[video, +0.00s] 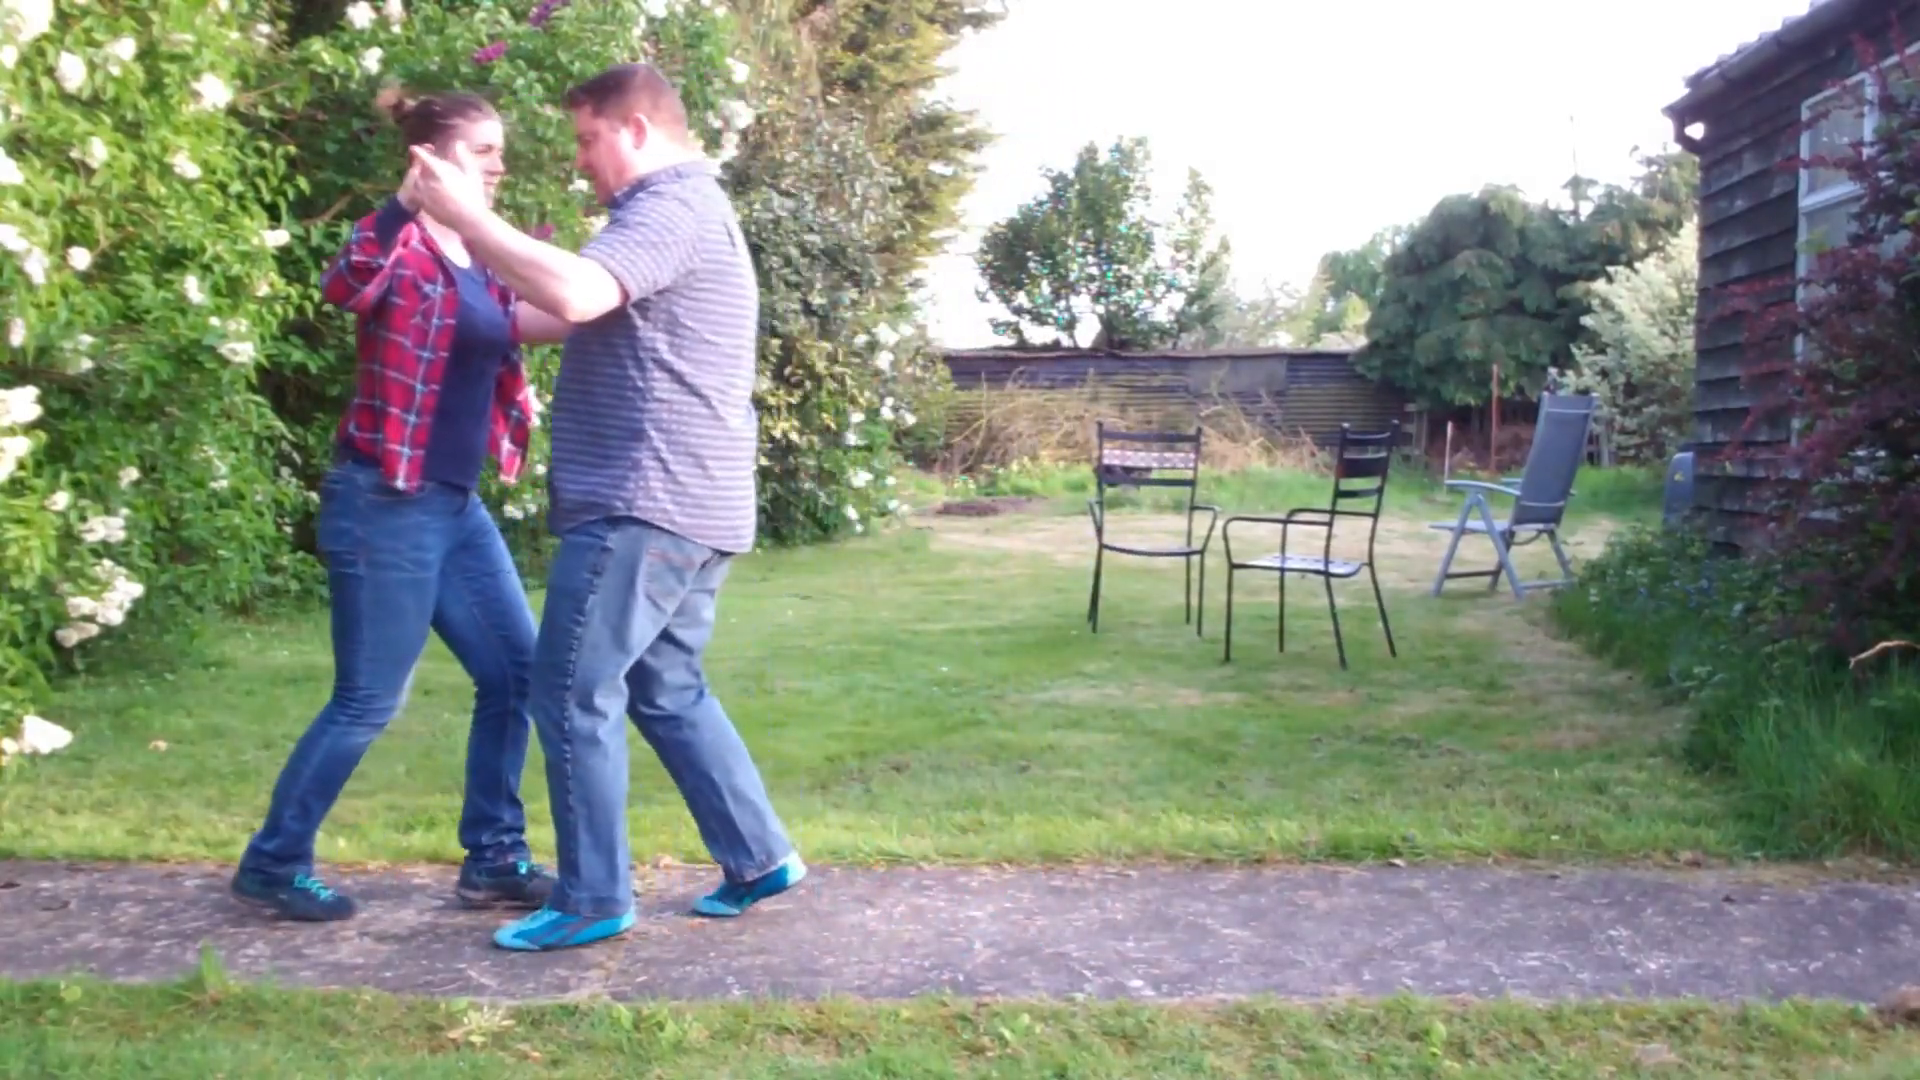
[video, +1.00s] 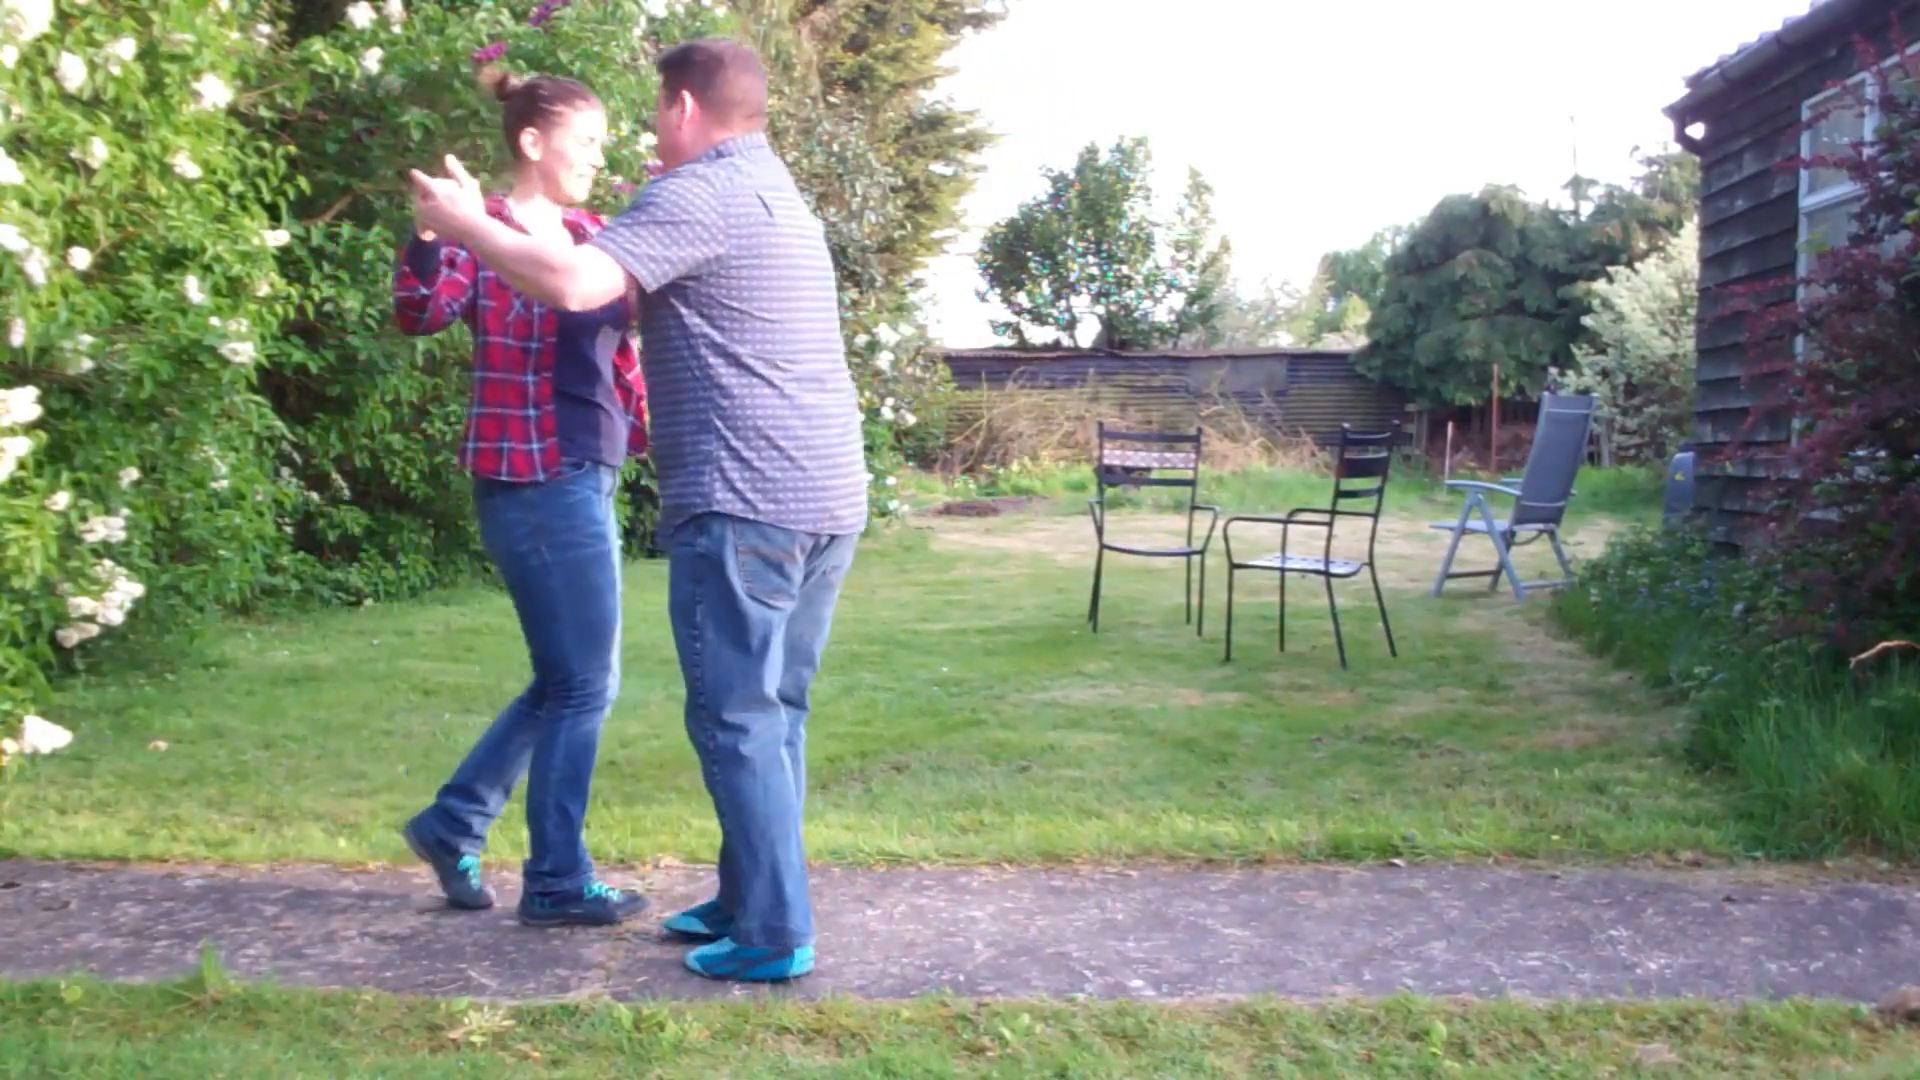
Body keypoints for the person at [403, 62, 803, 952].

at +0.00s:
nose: (579, 161)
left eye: (585, 141)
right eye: (577, 144)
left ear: (634, 128)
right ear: (647, 130)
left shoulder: (669, 206)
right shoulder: (694, 207)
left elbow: (579, 291)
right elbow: (562, 315)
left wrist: (465, 212)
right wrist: (464, 268)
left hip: (645, 501)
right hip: (699, 504)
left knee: (572, 691)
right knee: (665, 686)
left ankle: (593, 899)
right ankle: (760, 859)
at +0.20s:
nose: (550, 154)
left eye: (557, 134)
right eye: (549, 136)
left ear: (605, 127)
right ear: (626, 128)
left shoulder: (634, 204)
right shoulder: (672, 207)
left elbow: (540, 301)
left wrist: (428, 224)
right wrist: (444, 242)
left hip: (618, 500)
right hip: (680, 504)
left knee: (560, 693)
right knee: (639, 684)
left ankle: (590, 898)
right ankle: (741, 855)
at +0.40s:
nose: (556, 152)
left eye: (562, 131)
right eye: (555, 133)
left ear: (608, 124)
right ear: (634, 125)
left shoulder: (640, 197)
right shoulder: (687, 199)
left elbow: (544, 302)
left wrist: (428, 231)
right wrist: (477, 252)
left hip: (630, 498)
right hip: (702, 500)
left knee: (584, 698)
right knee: (658, 687)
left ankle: (590, 898)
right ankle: (734, 872)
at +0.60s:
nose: (586, 148)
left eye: (590, 128)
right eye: (584, 131)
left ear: (633, 119)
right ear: (663, 120)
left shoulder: (670, 195)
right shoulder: (708, 192)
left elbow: (565, 295)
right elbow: (595, 295)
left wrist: (445, 233)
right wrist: (490, 243)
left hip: (685, 491)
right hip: (749, 494)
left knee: (602, 691)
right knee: (704, 693)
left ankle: (613, 898)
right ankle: (747, 893)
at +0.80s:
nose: (622, 145)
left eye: (626, 126)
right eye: (622, 127)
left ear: (661, 115)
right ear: (710, 116)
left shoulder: (695, 194)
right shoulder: (741, 192)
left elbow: (575, 285)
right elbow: (620, 292)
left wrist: (454, 221)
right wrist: (513, 242)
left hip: (715, 495)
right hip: (783, 495)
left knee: (659, 698)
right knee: (734, 697)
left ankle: (738, 896)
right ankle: (753, 892)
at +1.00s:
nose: (654, 129)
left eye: (660, 111)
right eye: (658, 111)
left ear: (689, 109)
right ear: (746, 112)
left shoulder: (705, 191)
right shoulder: (772, 187)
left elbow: (575, 281)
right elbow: (650, 283)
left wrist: (461, 222)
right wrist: (559, 235)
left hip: (747, 496)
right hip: (825, 493)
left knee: (734, 716)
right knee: (772, 708)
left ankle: (777, 934)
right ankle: (750, 895)